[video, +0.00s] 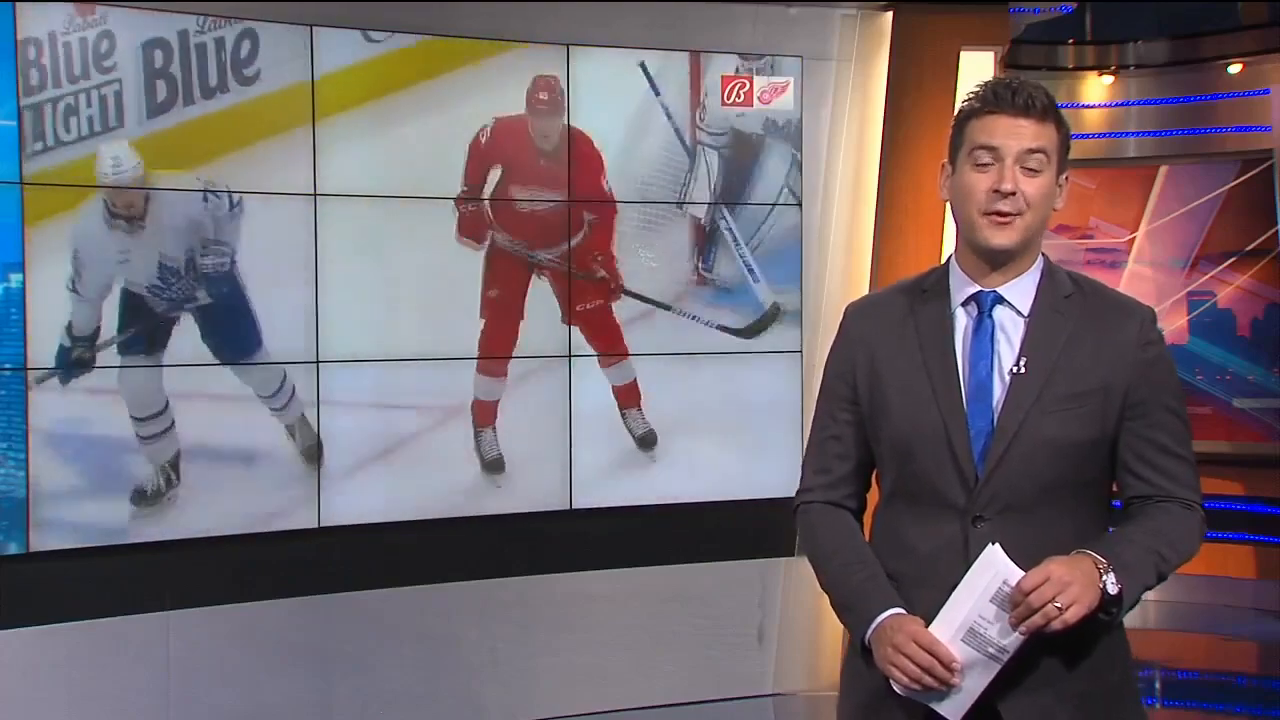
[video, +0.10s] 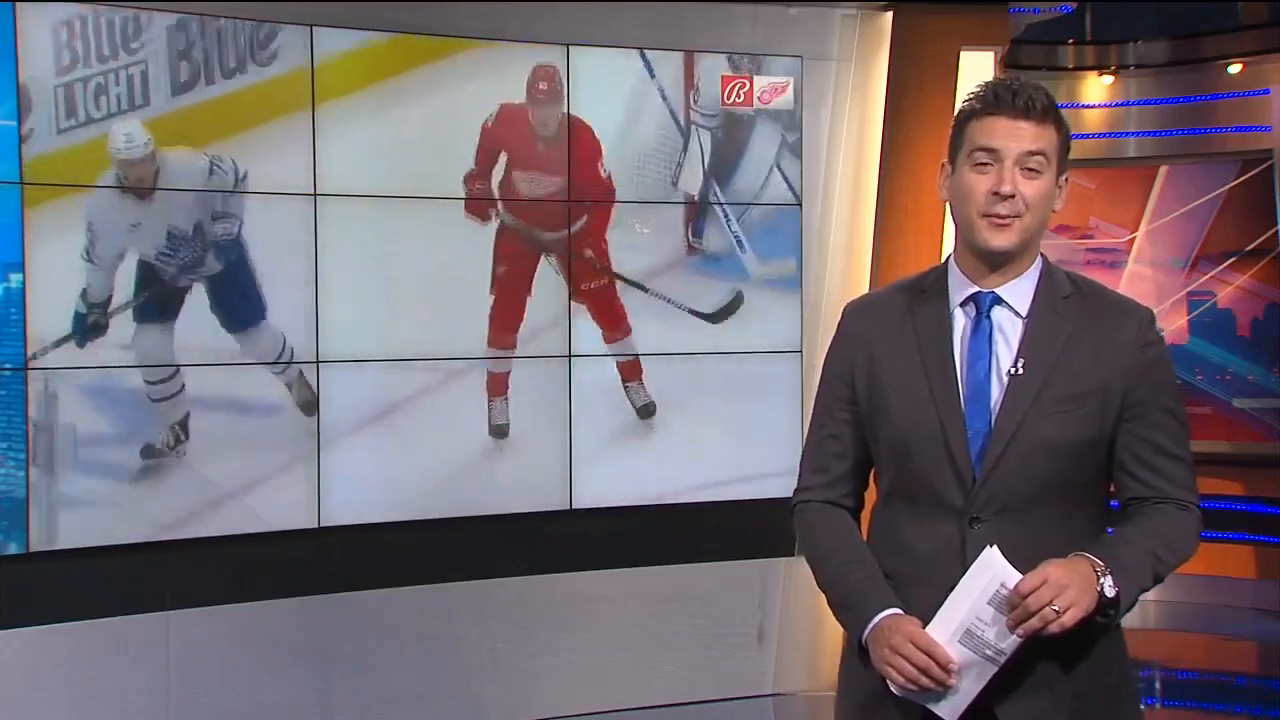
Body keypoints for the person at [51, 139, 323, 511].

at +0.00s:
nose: (125, 198)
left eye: (130, 187)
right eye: (115, 190)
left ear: (143, 181)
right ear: (103, 191)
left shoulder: (182, 197)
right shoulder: (91, 230)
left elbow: (229, 209)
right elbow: (86, 292)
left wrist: (218, 260)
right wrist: (79, 343)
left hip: (206, 281)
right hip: (145, 294)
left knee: (248, 360)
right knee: (136, 379)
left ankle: (297, 423)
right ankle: (164, 468)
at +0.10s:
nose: (138, 173)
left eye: (143, 161)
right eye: (128, 166)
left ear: (155, 156)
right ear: (116, 166)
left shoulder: (190, 168)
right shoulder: (105, 203)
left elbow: (234, 179)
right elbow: (99, 261)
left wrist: (223, 239)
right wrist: (93, 309)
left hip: (215, 252)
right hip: (159, 265)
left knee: (252, 335)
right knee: (150, 347)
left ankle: (294, 379)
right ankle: (175, 428)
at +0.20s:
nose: (159, 142)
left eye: (164, 132)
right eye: (150, 135)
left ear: (175, 127)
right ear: (139, 135)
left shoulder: (207, 138)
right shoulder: (128, 170)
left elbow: (249, 145)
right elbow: (126, 223)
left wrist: (245, 194)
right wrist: (121, 266)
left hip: (235, 216)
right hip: (181, 228)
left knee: (266, 289)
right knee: (169, 300)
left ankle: (295, 352)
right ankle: (188, 373)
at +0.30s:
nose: (190, 113)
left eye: (194, 105)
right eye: (182, 108)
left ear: (203, 101)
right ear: (170, 108)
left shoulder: (232, 112)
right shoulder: (156, 142)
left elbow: (267, 121)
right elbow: (151, 193)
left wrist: (264, 168)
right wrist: (143, 234)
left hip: (251, 187)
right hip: (200, 196)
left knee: (276, 261)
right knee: (184, 272)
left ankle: (298, 332)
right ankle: (194, 341)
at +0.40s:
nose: (200, 106)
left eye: (205, 97)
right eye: (193, 100)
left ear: (214, 93)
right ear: (182, 100)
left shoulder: (243, 105)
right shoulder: (168, 131)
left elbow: (273, 115)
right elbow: (160, 176)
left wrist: (271, 153)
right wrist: (155, 213)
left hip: (253, 176)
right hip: (204, 183)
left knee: (275, 245)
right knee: (190, 251)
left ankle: (296, 312)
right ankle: (192, 314)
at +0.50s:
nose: (204, 99)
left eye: (209, 91)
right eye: (197, 94)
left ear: (216, 88)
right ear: (186, 93)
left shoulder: (238, 100)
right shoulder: (171, 117)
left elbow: (270, 109)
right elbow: (159, 159)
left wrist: (270, 145)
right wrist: (156, 196)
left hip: (245, 168)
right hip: (196, 173)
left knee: (268, 233)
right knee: (179, 234)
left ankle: (289, 297)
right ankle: (174, 300)